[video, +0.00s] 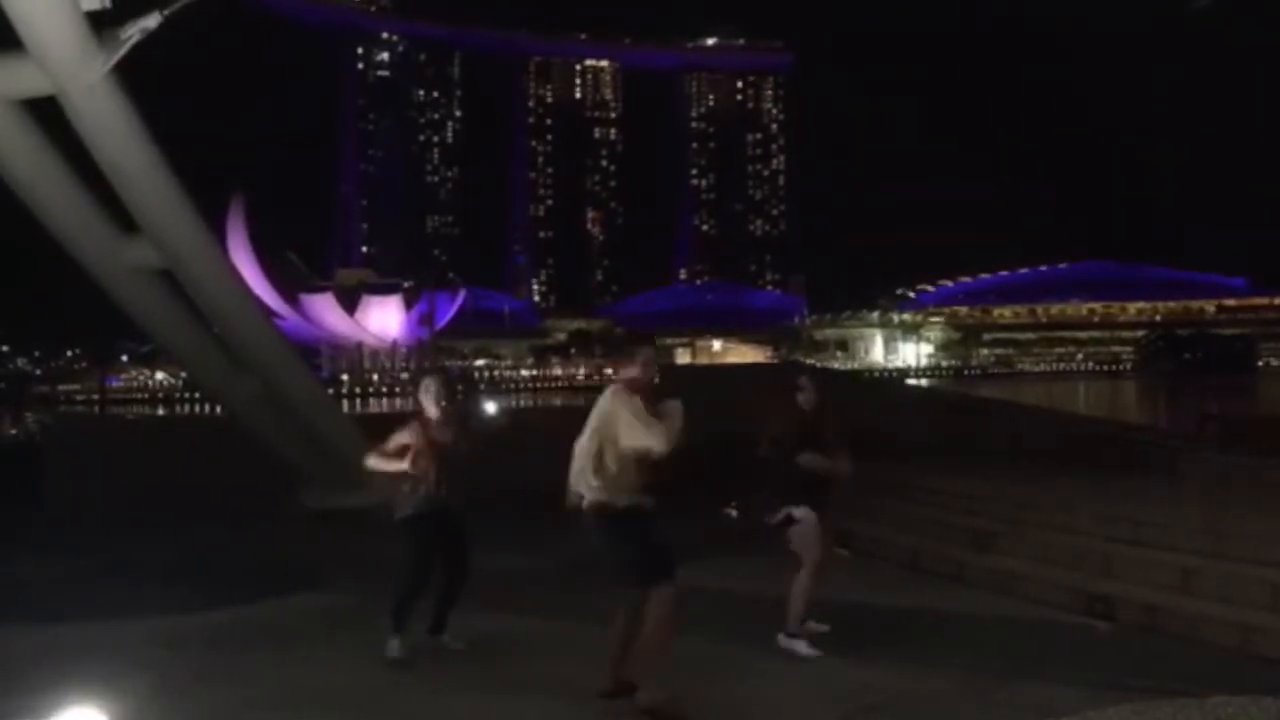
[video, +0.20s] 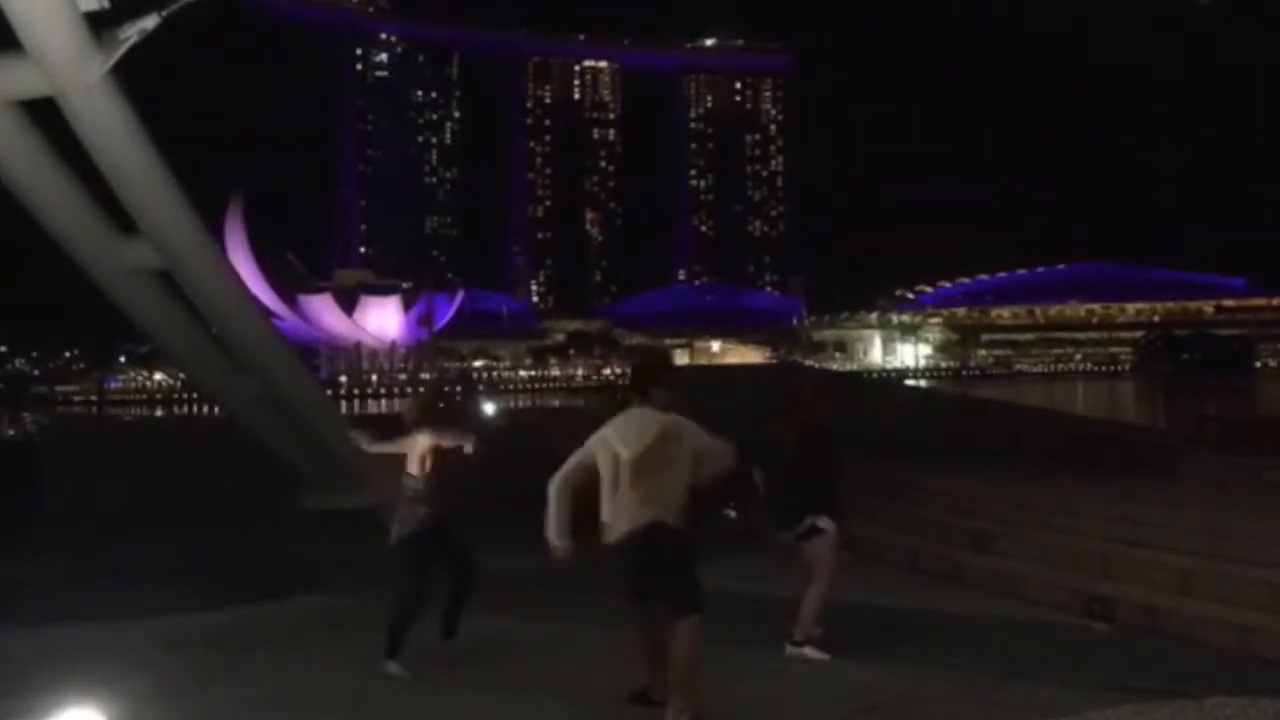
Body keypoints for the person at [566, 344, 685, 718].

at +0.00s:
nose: (650, 373)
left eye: (652, 366)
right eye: (643, 365)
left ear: (653, 371)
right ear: (625, 368)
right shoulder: (618, 399)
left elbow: (583, 447)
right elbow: (656, 444)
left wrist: (585, 489)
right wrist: (672, 413)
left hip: (629, 508)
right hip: (616, 510)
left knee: (636, 592)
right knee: (662, 586)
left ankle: (618, 677)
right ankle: (641, 679)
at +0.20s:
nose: (669, 396)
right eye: (666, 390)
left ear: (631, 391)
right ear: (662, 391)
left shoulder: (607, 434)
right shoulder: (678, 429)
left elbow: (560, 482)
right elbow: (722, 457)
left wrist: (558, 538)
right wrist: (689, 478)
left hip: (623, 537)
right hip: (668, 533)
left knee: (642, 614)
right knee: (687, 612)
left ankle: (652, 687)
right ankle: (679, 701)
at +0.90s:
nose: (628, 400)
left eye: (636, 393)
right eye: (623, 393)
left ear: (648, 397)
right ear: (613, 396)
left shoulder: (662, 442)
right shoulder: (596, 436)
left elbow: (651, 503)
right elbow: (570, 480)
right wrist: (584, 531)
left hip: (651, 529)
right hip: (606, 530)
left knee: (661, 598)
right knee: (597, 595)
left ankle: (645, 673)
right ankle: (602, 658)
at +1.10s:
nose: (612, 409)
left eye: (620, 402)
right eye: (609, 401)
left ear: (639, 401)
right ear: (604, 401)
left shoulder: (657, 439)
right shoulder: (599, 430)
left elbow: (646, 478)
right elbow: (575, 480)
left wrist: (611, 449)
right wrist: (575, 514)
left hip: (639, 544)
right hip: (596, 541)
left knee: (637, 620)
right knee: (583, 611)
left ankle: (666, 672)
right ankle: (593, 696)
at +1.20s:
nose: (606, 415)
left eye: (613, 406)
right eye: (602, 406)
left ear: (633, 404)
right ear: (599, 405)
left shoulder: (653, 438)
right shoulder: (597, 438)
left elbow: (652, 466)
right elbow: (580, 485)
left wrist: (607, 453)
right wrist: (563, 527)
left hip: (643, 543)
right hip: (600, 539)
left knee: (636, 617)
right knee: (580, 600)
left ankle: (667, 672)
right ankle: (594, 694)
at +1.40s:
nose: (603, 409)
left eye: (610, 400)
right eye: (597, 401)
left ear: (623, 402)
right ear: (589, 404)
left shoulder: (648, 424)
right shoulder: (581, 442)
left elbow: (697, 417)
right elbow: (559, 491)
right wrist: (558, 541)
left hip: (660, 523)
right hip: (611, 524)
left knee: (665, 599)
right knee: (589, 581)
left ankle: (657, 675)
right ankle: (595, 677)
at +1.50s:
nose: (610, 417)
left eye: (617, 408)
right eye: (602, 409)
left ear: (628, 408)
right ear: (591, 411)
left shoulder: (650, 423)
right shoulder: (581, 449)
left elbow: (703, 403)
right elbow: (560, 502)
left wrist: (671, 429)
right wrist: (533, 551)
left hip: (658, 522)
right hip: (611, 524)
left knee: (661, 596)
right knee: (595, 594)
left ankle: (657, 673)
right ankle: (603, 667)